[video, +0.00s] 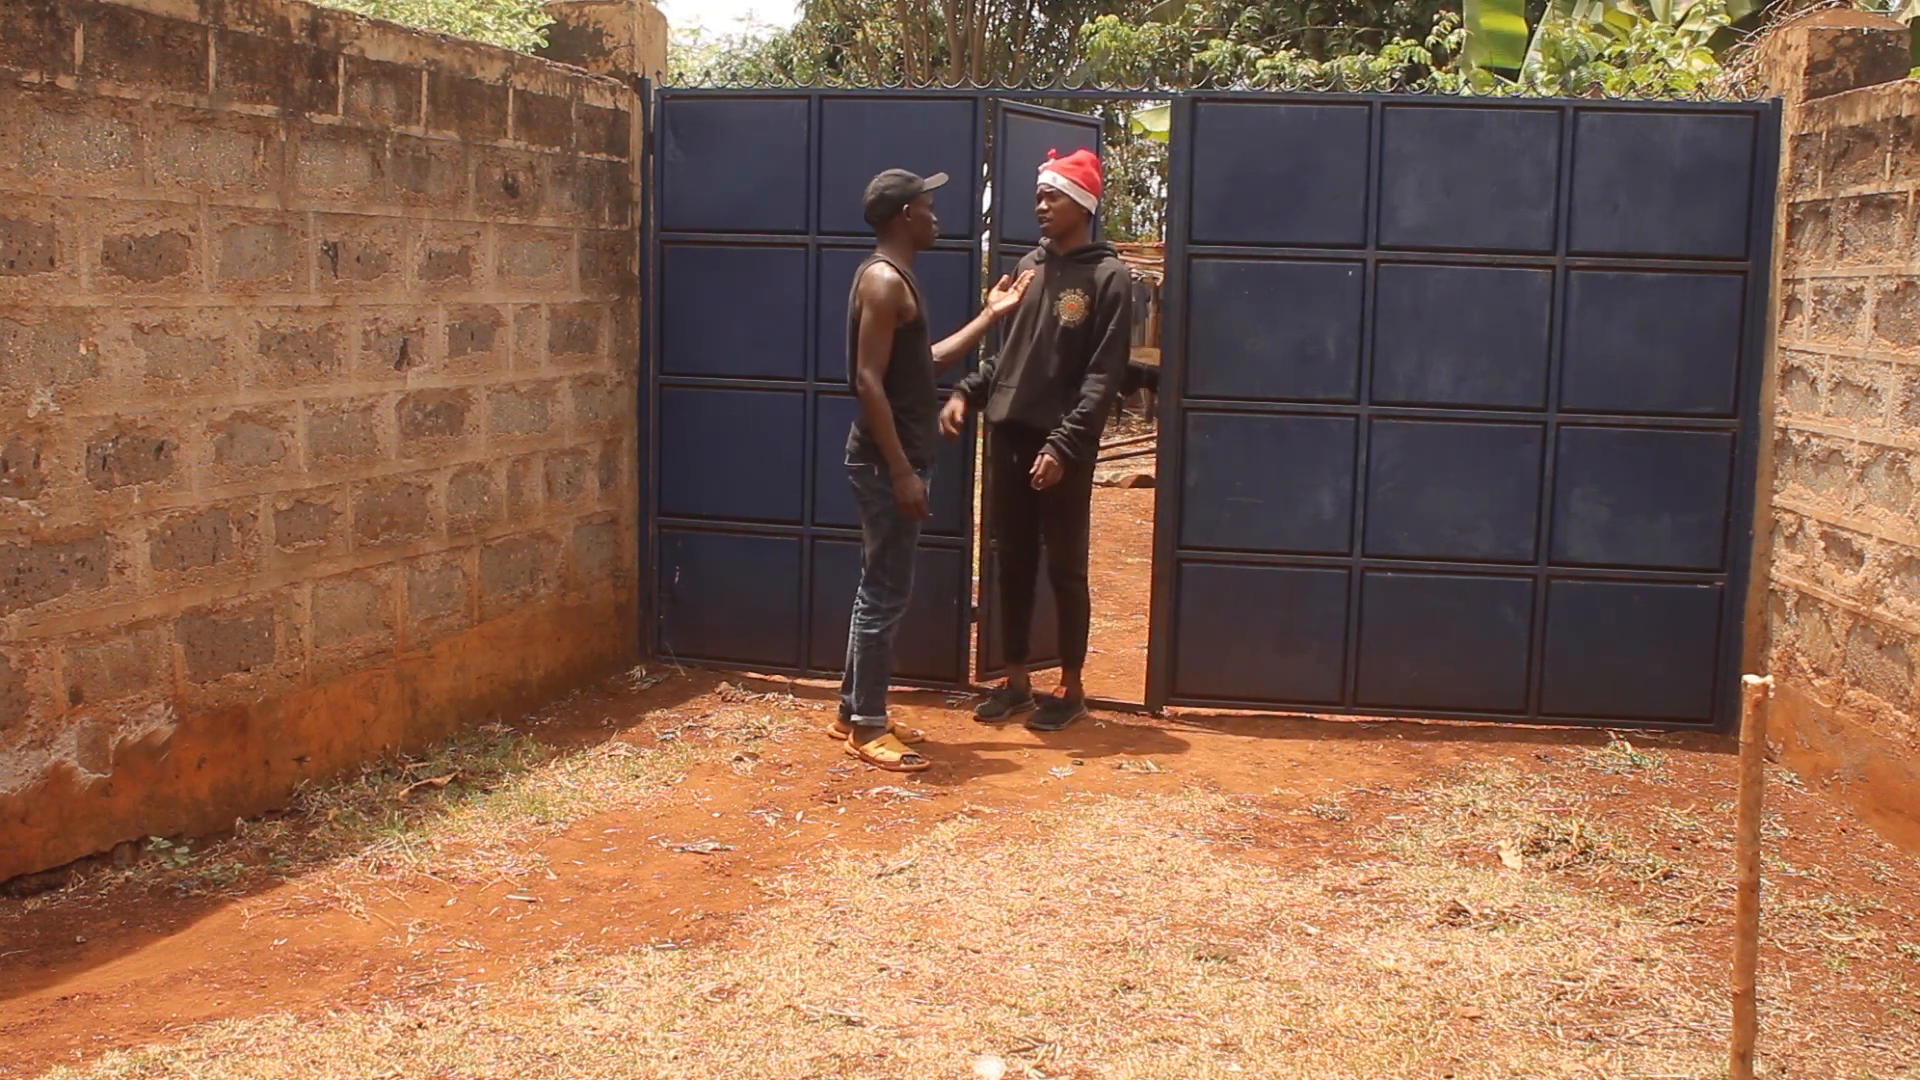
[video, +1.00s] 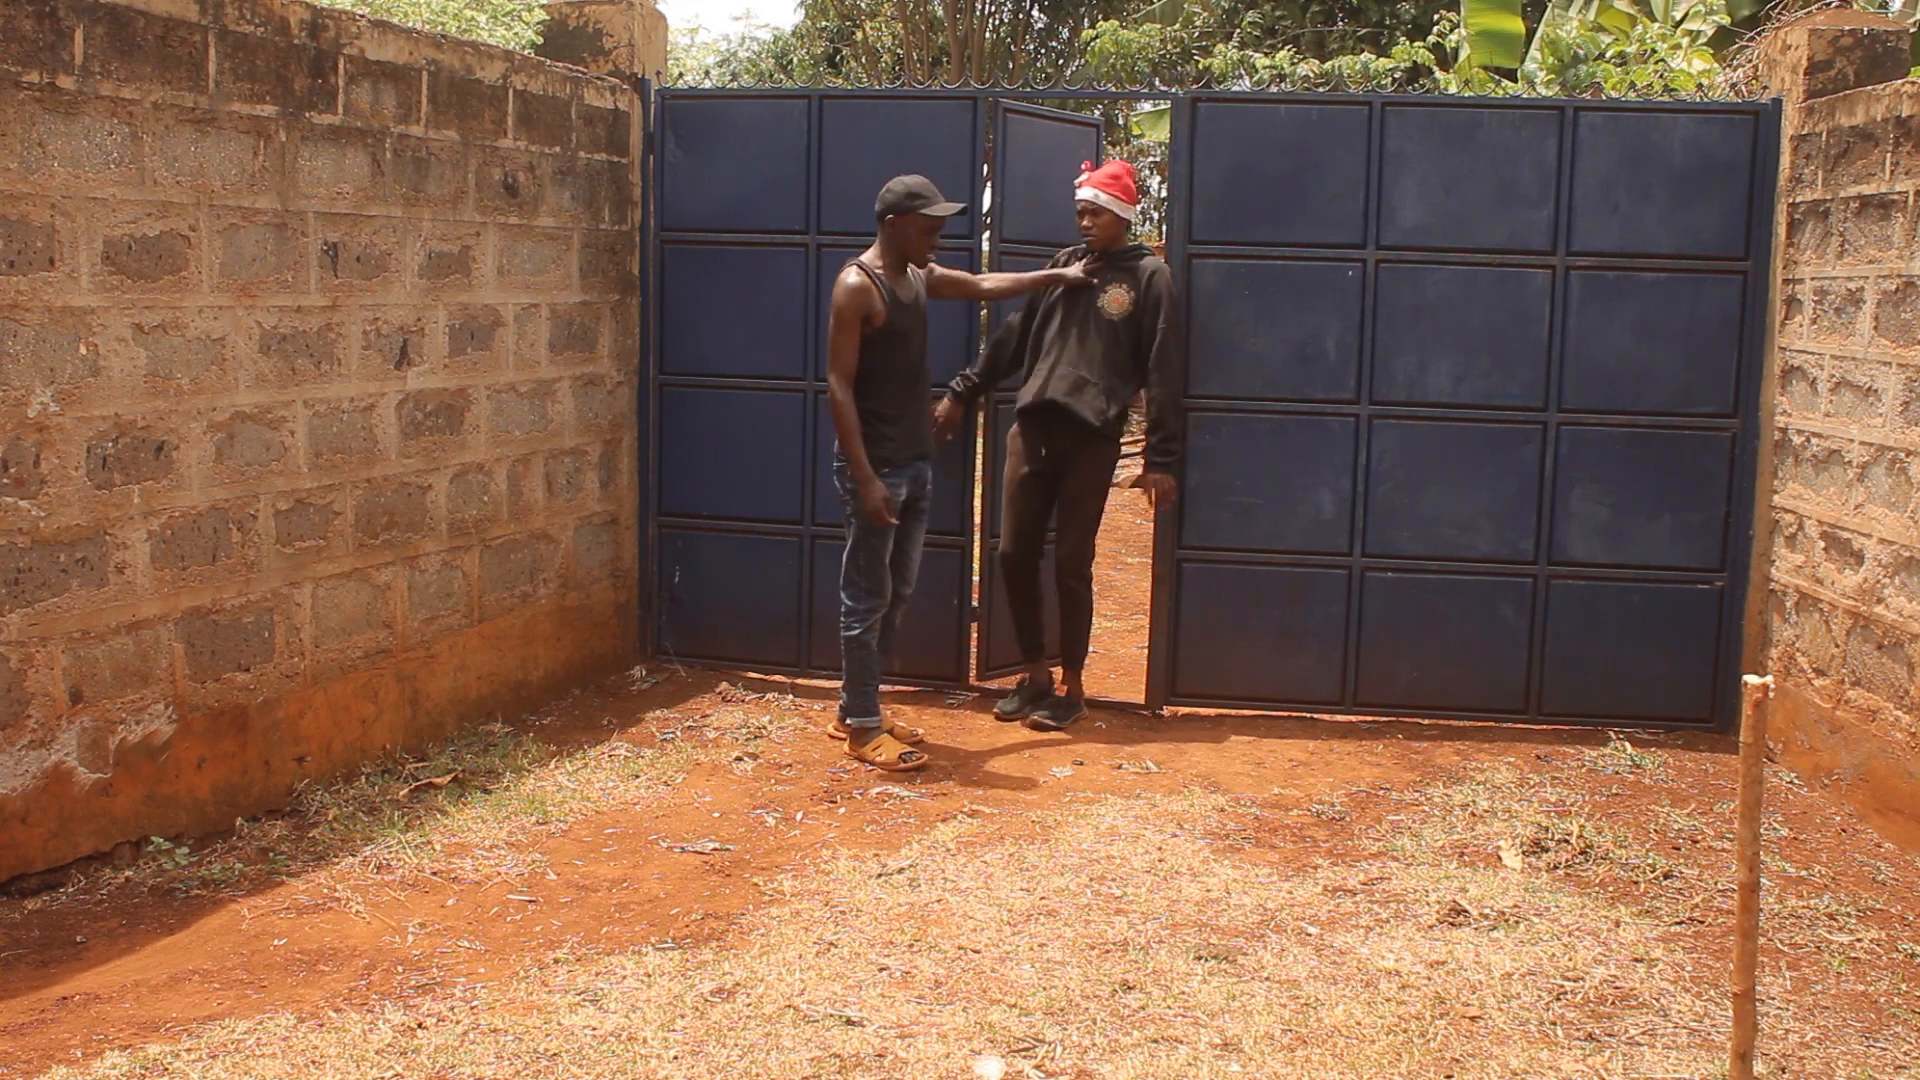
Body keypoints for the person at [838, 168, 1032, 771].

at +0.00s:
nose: (936, 214)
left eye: (932, 204)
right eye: (927, 205)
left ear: (898, 217)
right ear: (903, 215)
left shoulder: (895, 278)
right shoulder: (884, 282)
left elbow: (924, 361)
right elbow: (867, 381)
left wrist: (988, 313)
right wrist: (901, 469)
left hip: (898, 454)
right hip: (886, 459)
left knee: (882, 588)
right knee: (885, 592)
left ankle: (855, 707)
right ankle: (867, 726)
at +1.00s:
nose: (938, 237)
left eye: (940, 227)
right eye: (930, 226)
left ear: (917, 227)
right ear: (892, 223)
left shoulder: (917, 274)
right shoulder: (855, 288)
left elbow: (983, 286)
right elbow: (838, 387)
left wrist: (1055, 275)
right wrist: (863, 477)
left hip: (915, 461)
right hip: (872, 465)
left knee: (896, 593)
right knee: (866, 596)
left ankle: (860, 707)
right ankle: (862, 725)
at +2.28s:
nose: (952, 258)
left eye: (957, 248)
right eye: (946, 245)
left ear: (949, 242)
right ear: (912, 228)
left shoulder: (926, 283)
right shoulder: (859, 277)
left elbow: (950, 331)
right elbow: (811, 363)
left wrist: (1018, 294)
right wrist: (809, 453)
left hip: (904, 465)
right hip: (854, 463)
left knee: (885, 595)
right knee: (845, 593)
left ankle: (860, 713)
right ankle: (811, 725)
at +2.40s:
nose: (939, 256)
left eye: (945, 246)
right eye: (931, 244)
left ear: (942, 240)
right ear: (899, 230)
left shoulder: (925, 285)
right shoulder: (848, 282)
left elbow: (939, 350)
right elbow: (803, 370)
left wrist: (1013, 371)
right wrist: (809, 460)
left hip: (903, 469)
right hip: (848, 465)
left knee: (884, 598)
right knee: (842, 596)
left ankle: (859, 710)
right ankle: (819, 733)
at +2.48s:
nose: (926, 253)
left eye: (933, 244)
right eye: (917, 241)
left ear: (936, 240)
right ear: (886, 230)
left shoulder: (924, 286)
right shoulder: (836, 286)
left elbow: (936, 361)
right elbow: (799, 375)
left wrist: (982, 419)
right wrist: (804, 464)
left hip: (902, 470)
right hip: (844, 469)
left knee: (882, 600)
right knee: (838, 601)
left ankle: (860, 711)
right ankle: (820, 738)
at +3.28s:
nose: (904, 222)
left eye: (901, 212)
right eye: (897, 213)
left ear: (868, 219)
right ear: (870, 219)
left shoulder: (872, 279)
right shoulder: (822, 288)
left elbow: (870, 385)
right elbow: (800, 391)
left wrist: (889, 463)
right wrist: (860, 463)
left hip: (878, 481)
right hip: (832, 483)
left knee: (875, 611)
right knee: (826, 625)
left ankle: (863, 725)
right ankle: (814, 759)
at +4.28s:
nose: (910, 215)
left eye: (905, 205)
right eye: (901, 206)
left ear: (873, 220)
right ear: (872, 220)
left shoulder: (884, 281)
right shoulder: (833, 294)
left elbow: (883, 379)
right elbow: (808, 397)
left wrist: (931, 427)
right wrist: (838, 494)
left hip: (887, 477)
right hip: (841, 483)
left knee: (871, 611)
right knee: (828, 623)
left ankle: (861, 725)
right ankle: (814, 758)